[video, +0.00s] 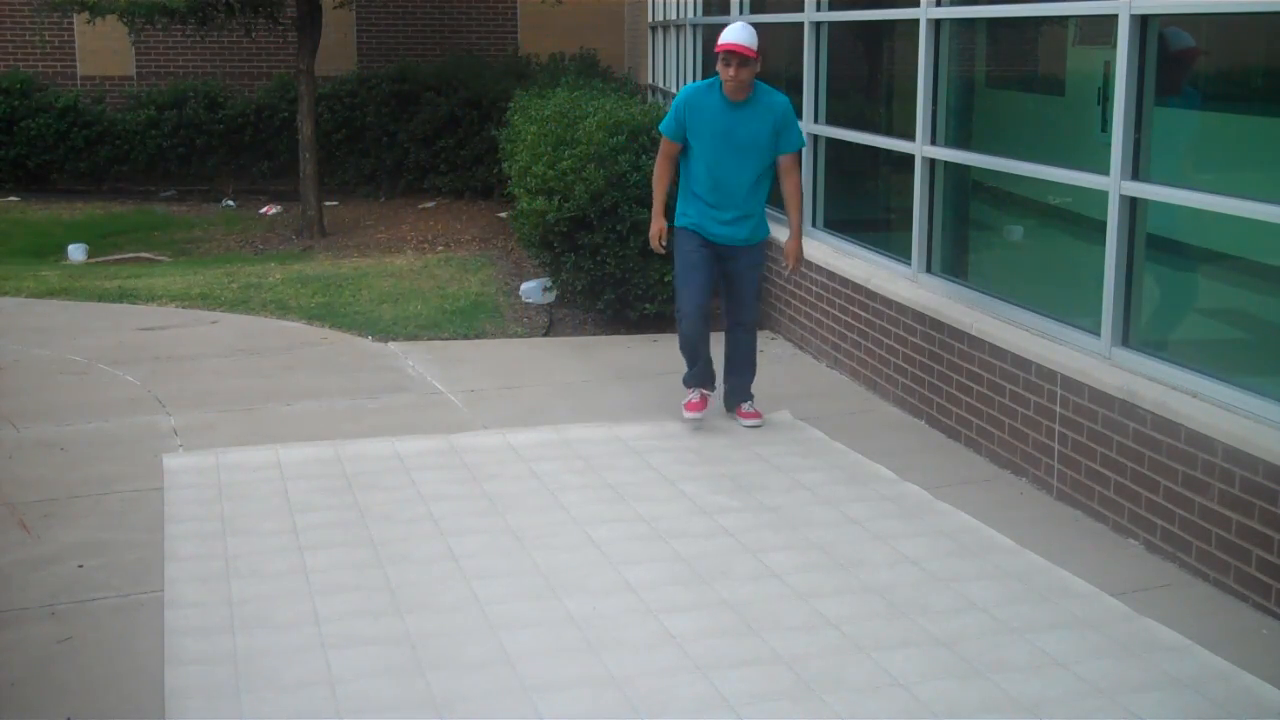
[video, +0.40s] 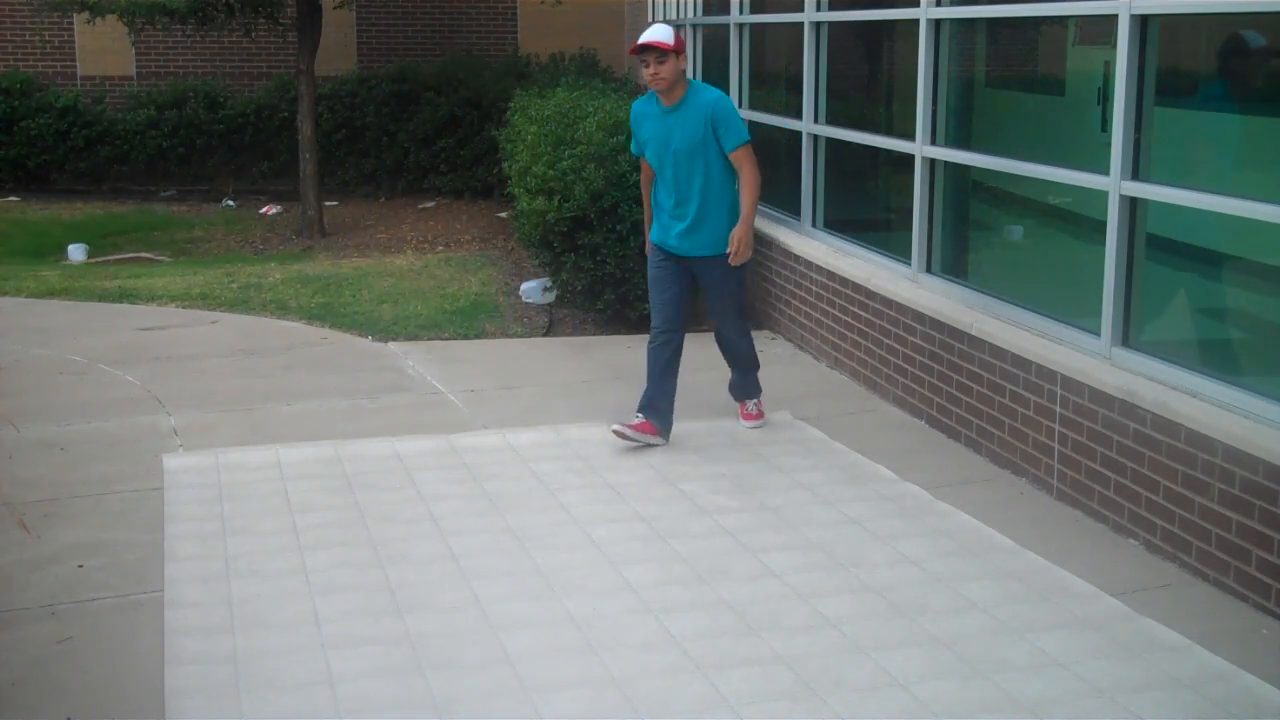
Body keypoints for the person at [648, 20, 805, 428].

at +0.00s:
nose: (732, 72)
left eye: (741, 64)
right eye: (725, 63)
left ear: (756, 65)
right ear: (716, 63)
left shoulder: (778, 108)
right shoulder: (691, 99)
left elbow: (789, 173)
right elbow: (666, 157)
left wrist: (795, 234)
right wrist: (657, 215)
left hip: (747, 231)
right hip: (694, 226)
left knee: (743, 319)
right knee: (690, 314)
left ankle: (739, 397)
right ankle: (699, 386)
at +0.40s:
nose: (652, 67)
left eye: (661, 58)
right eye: (646, 61)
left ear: (681, 60)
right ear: (641, 66)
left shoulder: (713, 103)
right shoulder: (641, 111)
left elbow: (748, 168)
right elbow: (648, 173)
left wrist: (745, 224)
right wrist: (649, 228)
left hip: (717, 240)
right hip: (666, 240)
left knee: (730, 328)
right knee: (663, 331)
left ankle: (748, 394)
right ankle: (654, 419)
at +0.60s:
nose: (605, 64)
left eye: (614, 54)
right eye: (599, 57)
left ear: (637, 54)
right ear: (595, 61)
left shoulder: (670, 96)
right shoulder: (606, 107)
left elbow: (706, 161)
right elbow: (612, 175)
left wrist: (718, 229)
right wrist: (610, 237)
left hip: (678, 237)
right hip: (632, 238)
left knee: (674, 327)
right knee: (643, 333)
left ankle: (734, 378)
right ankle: (650, 421)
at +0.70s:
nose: (588, 59)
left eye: (597, 49)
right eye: (582, 51)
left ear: (621, 50)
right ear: (578, 56)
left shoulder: (653, 95)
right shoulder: (591, 102)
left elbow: (692, 158)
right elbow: (593, 173)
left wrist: (703, 222)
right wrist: (579, 232)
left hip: (659, 232)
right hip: (617, 234)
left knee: (631, 322)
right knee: (632, 325)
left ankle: (686, 403)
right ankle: (647, 419)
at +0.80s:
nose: (569, 60)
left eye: (578, 51)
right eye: (563, 52)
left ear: (603, 51)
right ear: (559, 57)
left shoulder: (633, 96)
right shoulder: (574, 103)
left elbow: (677, 156)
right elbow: (572, 171)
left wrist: (685, 221)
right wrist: (548, 222)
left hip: (636, 232)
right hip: (607, 233)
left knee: (595, 323)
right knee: (632, 329)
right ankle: (650, 423)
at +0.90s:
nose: (547, 65)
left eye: (557, 55)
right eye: (543, 56)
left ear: (583, 57)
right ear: (539, 61)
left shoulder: (612, 100)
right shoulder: (555, 106)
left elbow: (660, 159)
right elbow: (550, 172)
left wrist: (659, 227)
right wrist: (523, 215)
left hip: (614, 240)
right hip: (586, 240)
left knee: (570, 334)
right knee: (623, 335)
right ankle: (650, 424)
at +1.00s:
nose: (525, 70)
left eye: (535, 61)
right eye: (521, 61)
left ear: (562, 62)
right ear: (519, 62)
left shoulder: (588, 106)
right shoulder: (532, 104)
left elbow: (640, 165)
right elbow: (531, 165)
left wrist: (626, 231)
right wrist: (509, 209)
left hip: (584, 245)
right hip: (558, 244)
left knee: (542, 342)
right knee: (600, 338)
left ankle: (507, 442)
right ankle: (645, 418)